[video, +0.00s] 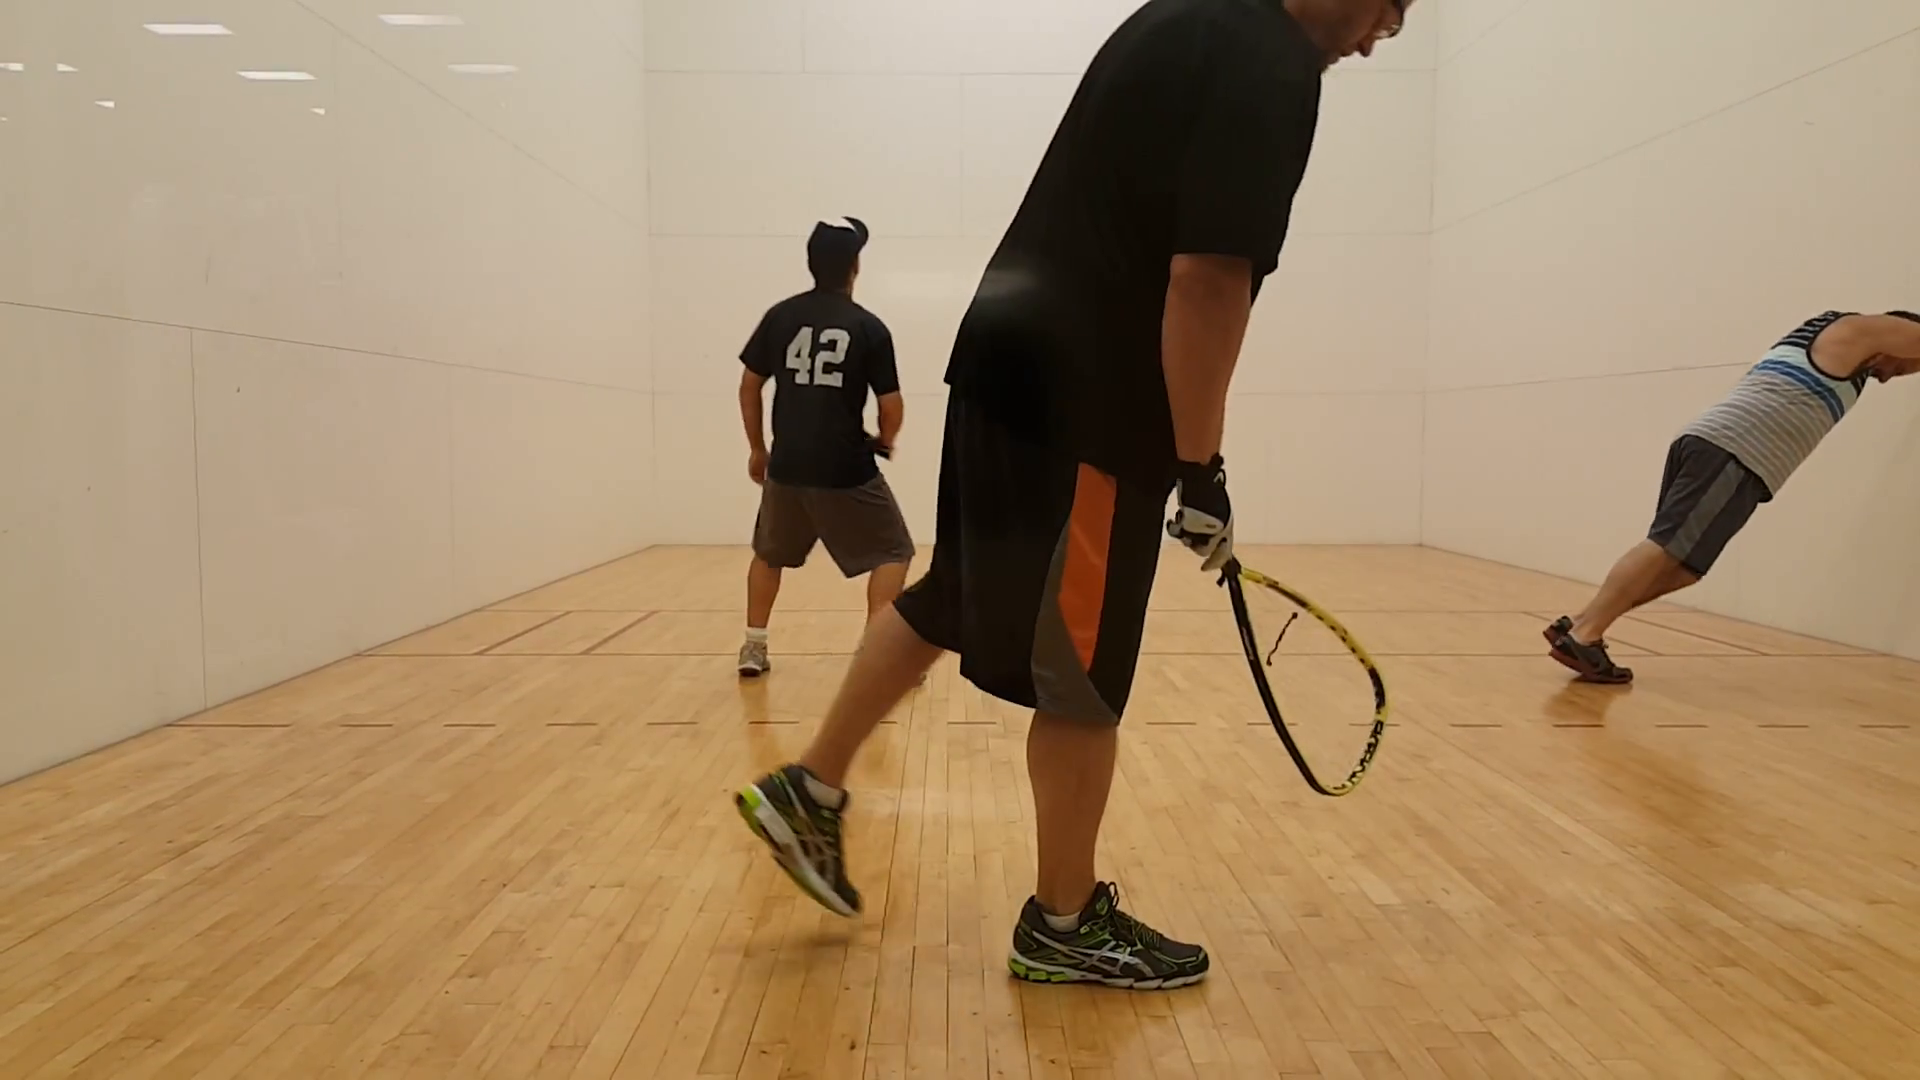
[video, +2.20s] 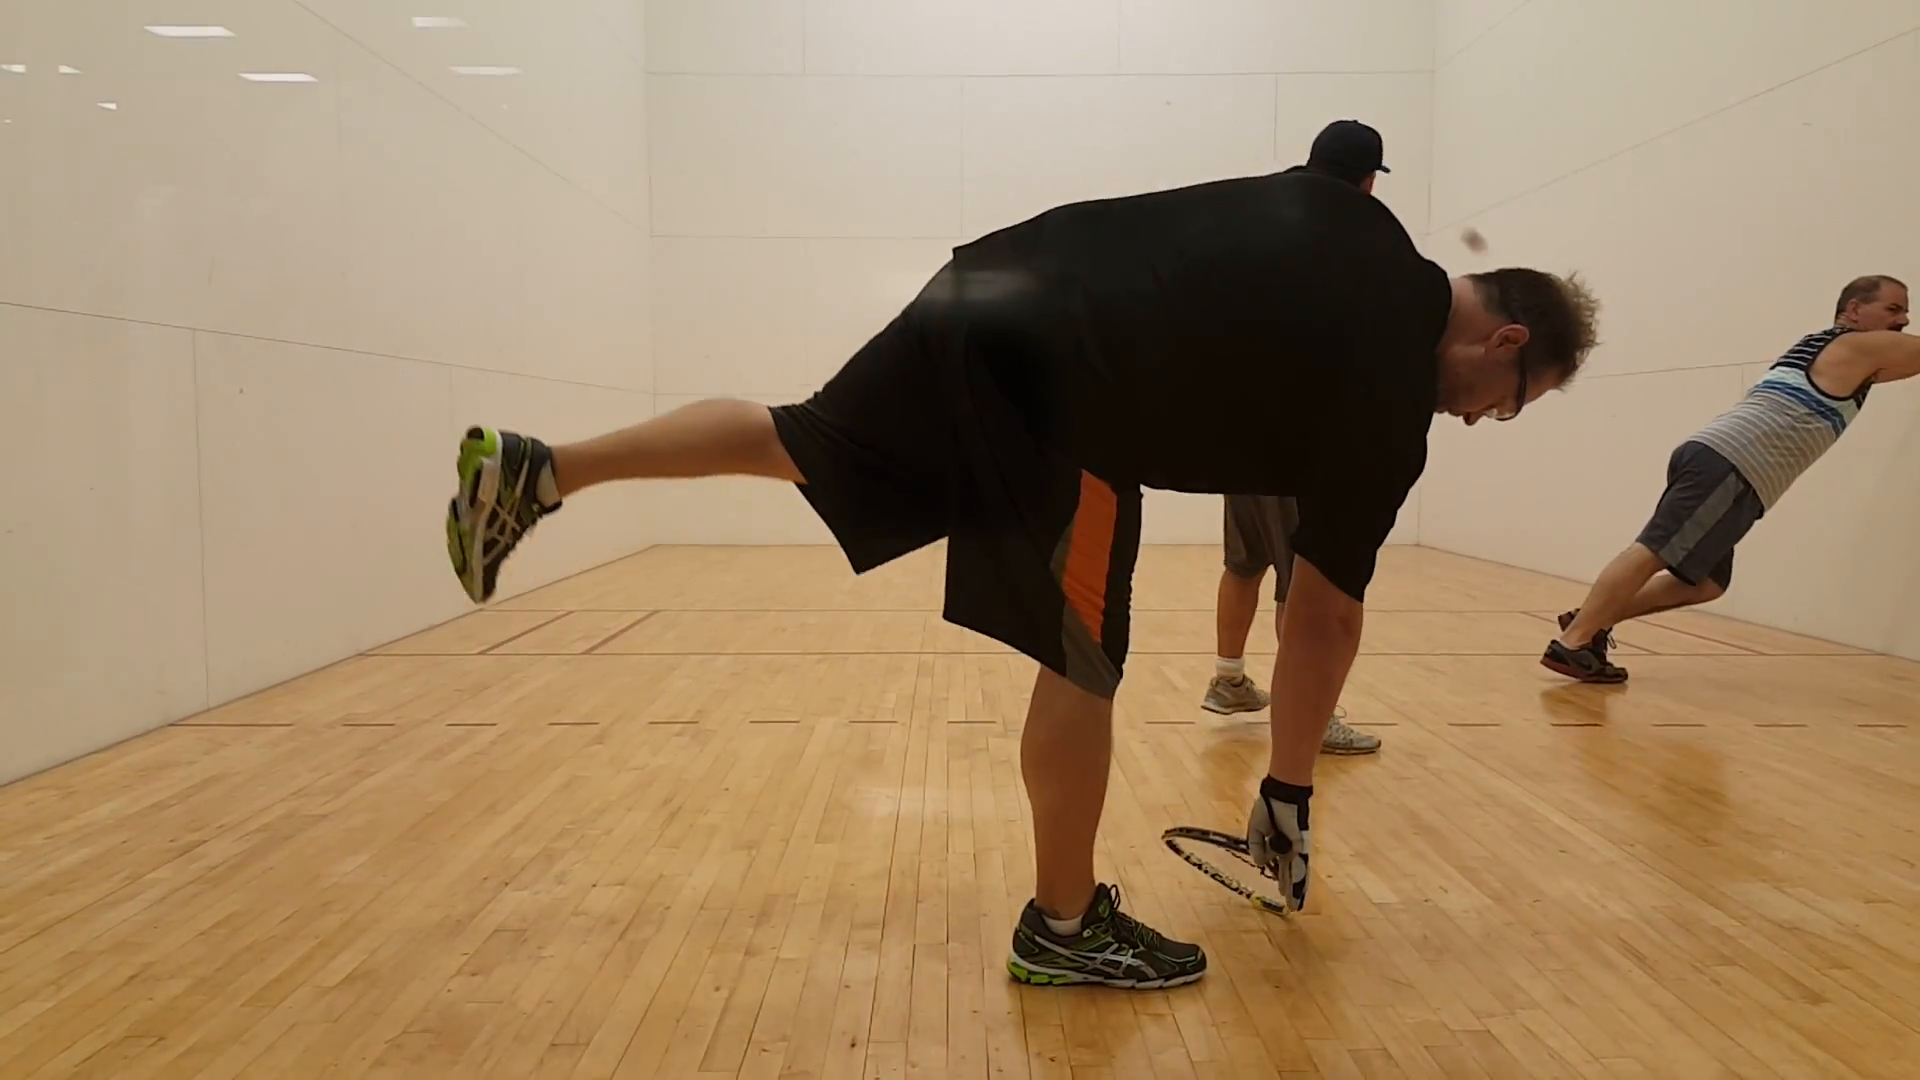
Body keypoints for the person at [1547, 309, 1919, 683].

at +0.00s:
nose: (1896, 377)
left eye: (1905, 371)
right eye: (1904, 366)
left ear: (1890, 343)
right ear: (1893, 342)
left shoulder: (1828, 343)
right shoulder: (1849, 332)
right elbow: (1919, 337)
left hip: (1721, 453)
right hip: (1729, 455)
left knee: (1686, 567)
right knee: (1667, 548)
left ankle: (1581, 624)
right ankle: (1583, 635)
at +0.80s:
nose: (1908, 319)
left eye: (1910, 310)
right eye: (1905, 308)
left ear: (1867, 295)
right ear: (1873, 294)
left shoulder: (1815, 325)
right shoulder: (1855, 325)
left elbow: (1908, 354)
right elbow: (1918, 342)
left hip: (1692, 433)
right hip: (1729, 450)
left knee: (1650, 545)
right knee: (1672, 549)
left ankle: (1571, 626)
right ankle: (1587, 634)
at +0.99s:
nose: (1898, 315)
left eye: (1899, 307)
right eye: (1892, 303)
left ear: (1849, 306)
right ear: (1851, 298)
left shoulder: (1810, 333)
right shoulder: (1847, 334)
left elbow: (1909, 356)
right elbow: (1917, 343)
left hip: (1676, 439)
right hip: (1716, 456)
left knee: (1634, 543)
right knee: (1710, 563)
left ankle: (1564, 633)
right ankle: (1607, 628)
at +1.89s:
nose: (1901, 313)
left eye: (1902, 306)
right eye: (1893, 301)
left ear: (1852, 309)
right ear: (1852, 302)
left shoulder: (1821, 340)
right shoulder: (1850, 341)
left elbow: (1906, 356)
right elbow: (1916, 350)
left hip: (1714, 454)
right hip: (1727, 463)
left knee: (1690, 574)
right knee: (1656, 546)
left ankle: (1582, 619)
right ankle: (1576, 638)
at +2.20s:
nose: (1903, 321)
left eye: (1904, 313)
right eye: (1895, 309)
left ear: (1854, 318)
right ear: (1853, 311)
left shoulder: (1827, 350)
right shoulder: (1852, 349)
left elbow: (1906, 360)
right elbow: (1917, 353)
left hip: (1717, 461)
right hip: (1728, 470)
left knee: (1706, 581)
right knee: (1651, 552)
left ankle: (1592, 616)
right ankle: (1572, 644)